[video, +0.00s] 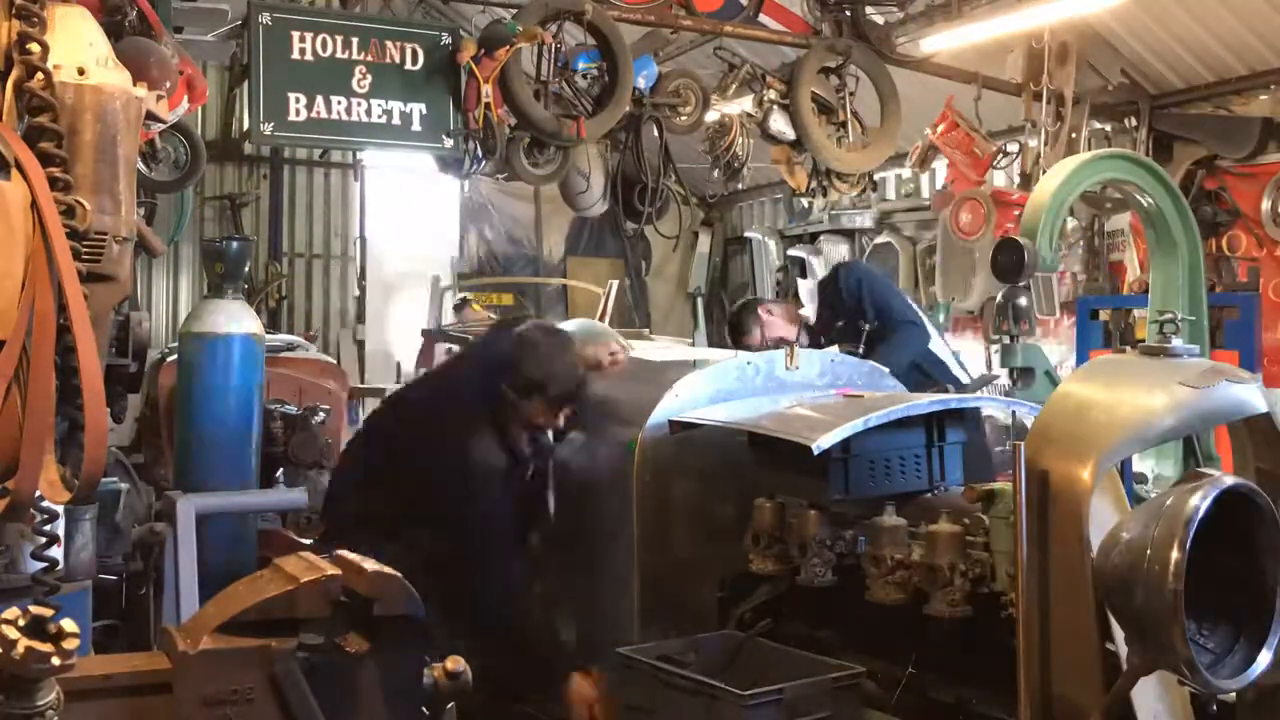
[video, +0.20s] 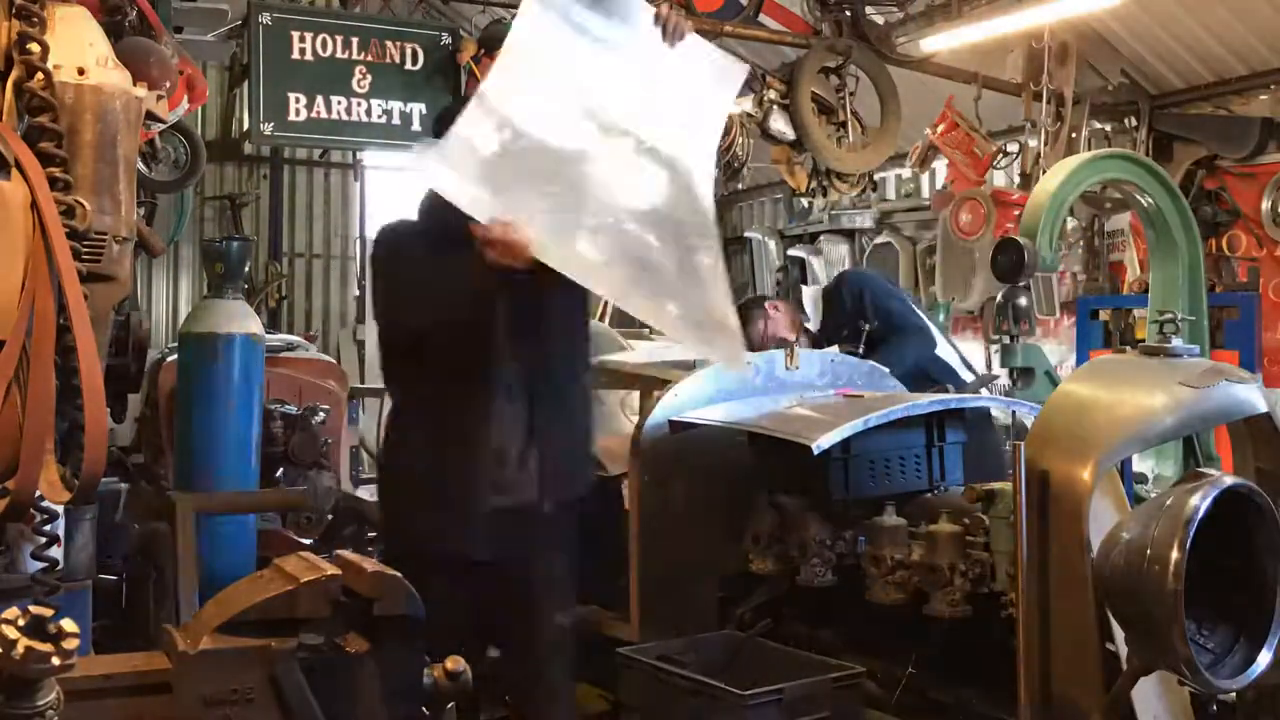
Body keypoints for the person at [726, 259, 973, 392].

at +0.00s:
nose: (778, 349)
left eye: (769, 342)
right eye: (769, 349)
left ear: (767, 312)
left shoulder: (848, 277)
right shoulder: (812, 345)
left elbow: (911, 334)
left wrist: (859, 385)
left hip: (948, 407)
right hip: (899, 424)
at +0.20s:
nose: (778, 345)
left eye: (769, 337)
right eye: (770, 348)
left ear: (772, 308)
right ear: (775, 307)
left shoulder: (852, 285)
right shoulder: (823, 349)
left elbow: (916, 341)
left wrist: (859, 386)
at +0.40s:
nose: (747, 365)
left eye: (741, 357)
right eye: (737, 366)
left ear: (751, 327)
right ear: (753, 327)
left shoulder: (836, 309)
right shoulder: (778, 360)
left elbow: (921, 348)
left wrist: (863, 392)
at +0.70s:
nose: (758, 365)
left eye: (752, 356)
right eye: (747, 366)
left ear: (755, 326)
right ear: (758, 327)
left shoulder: (833, 306)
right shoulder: (782, 363)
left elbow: (917, 349)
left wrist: (867, 397)